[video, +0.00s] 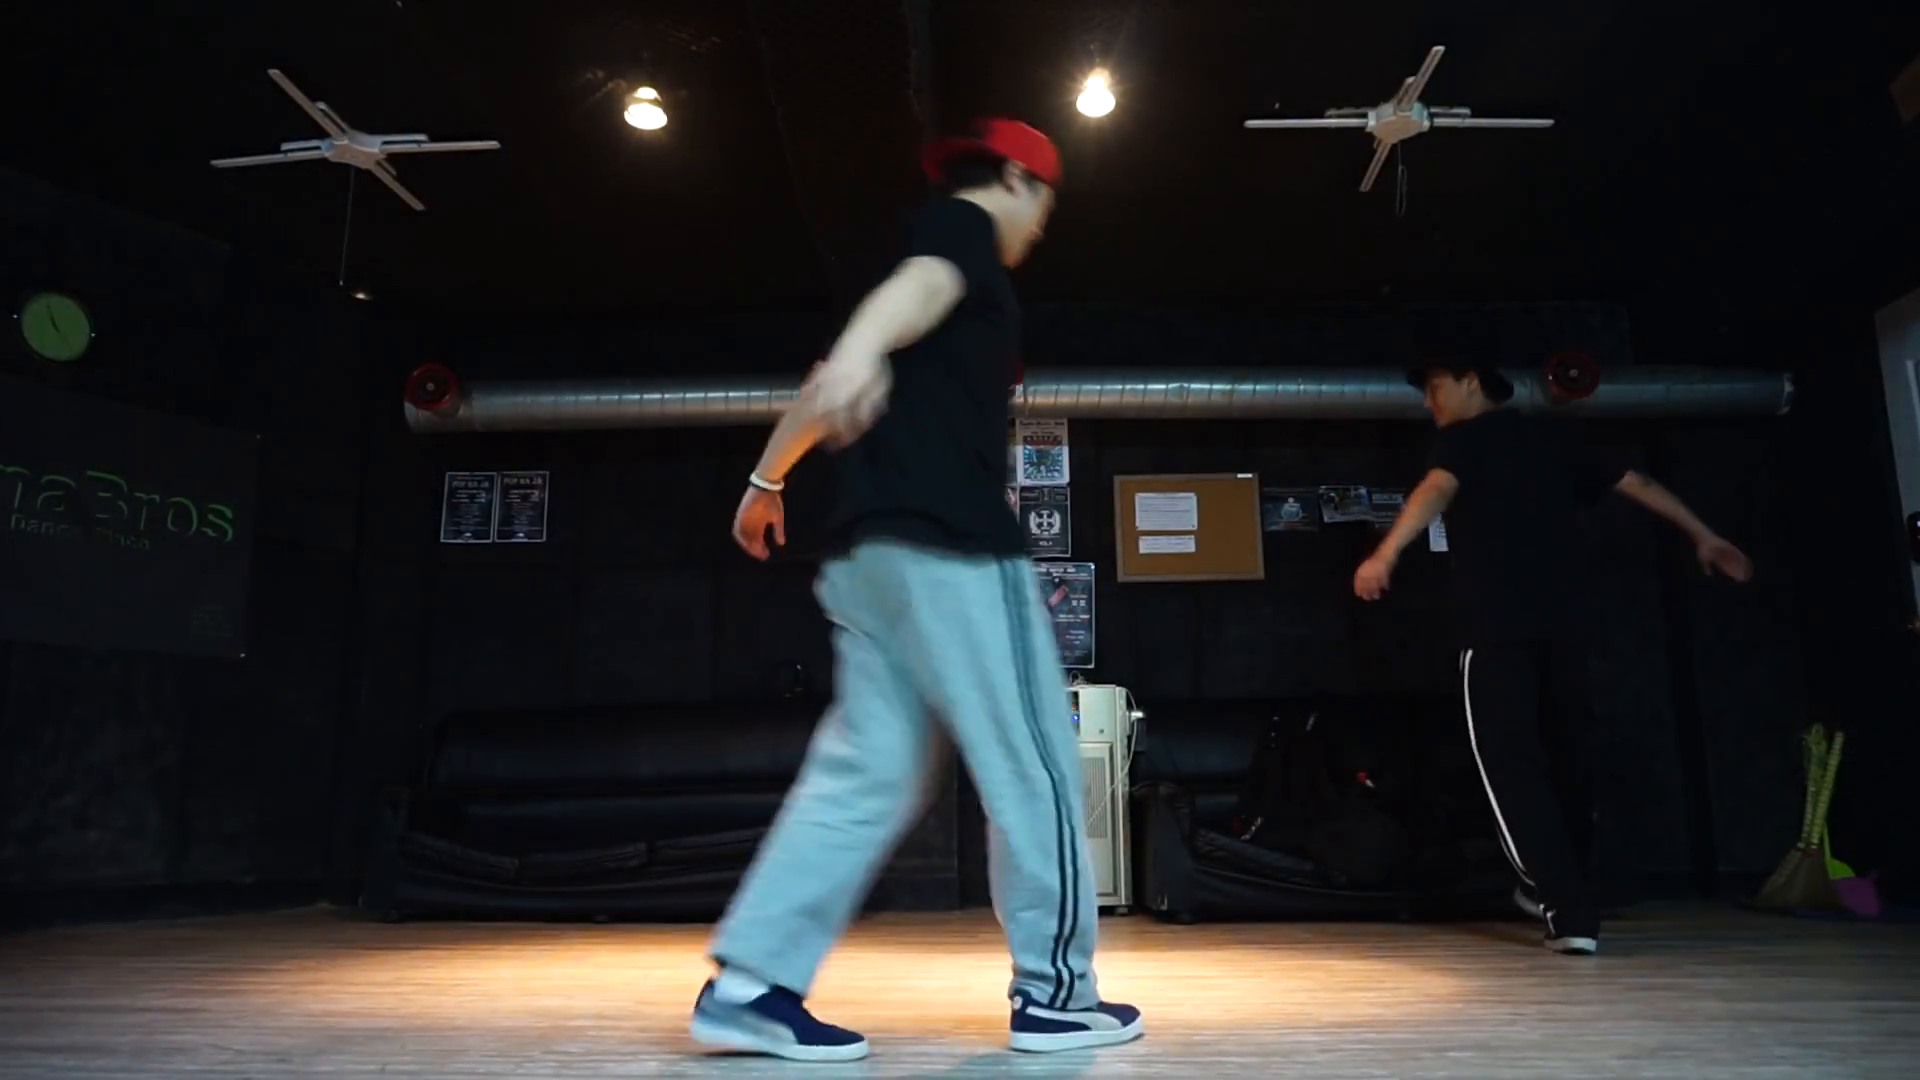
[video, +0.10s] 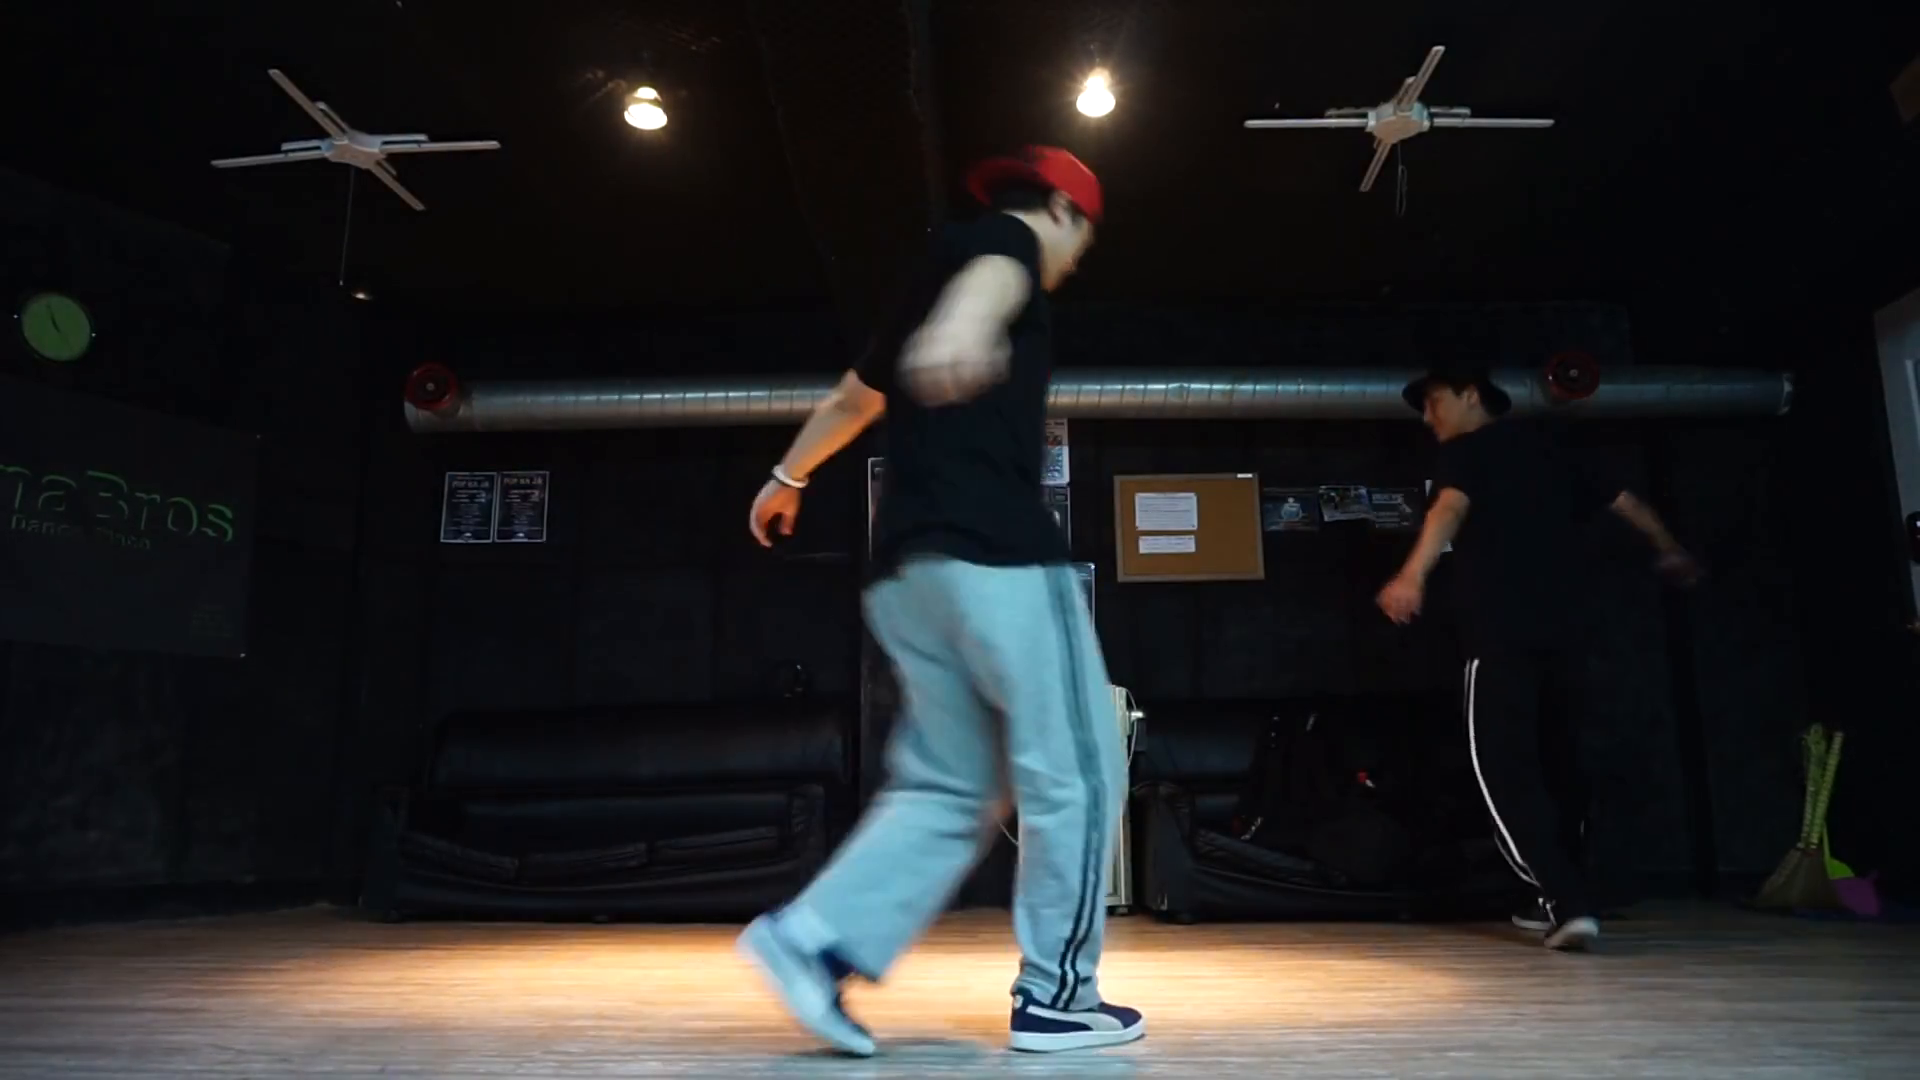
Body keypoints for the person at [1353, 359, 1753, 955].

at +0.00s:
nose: (1432, 406)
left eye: (1435, 390)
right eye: (1429, 394)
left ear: (1468, 381)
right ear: (1484, 382)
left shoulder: (1463, 439)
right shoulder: (1551, 435)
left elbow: (1436, 488)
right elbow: (1635, 484)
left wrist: (1384, 554)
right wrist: (1703, 536)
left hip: (1494, 629)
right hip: (1563, 624)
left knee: (1508, 765)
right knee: (1562, 752)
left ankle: (1571, 916)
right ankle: (1557, 892)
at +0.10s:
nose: (1430, 418)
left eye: (1435, 403)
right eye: (1427, 407)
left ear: (1469, 395)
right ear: (1479, 397)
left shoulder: (1468, 451)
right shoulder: (1547, 446)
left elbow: (1449, 507)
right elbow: (1625, 502)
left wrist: (1412, 574)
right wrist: (1667, 546)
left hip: (1499, 628)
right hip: (1560, 623)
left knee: (1499, 765)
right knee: (1554, 756)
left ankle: (1567, 907)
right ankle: (1552, 902)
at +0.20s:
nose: (1433, 419)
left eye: (1441, 406)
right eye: (1430, 409)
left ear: (1476, 401)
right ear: (1482, 407)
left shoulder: (1474, 457)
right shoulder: (1538, 452)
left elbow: (1458, 526)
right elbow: (1600, 525)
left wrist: (1425, 598)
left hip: (1501, 626)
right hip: (1554, 621)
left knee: (1486, 764)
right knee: (1549, 756)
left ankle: (1566, 875)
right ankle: (1552, 902)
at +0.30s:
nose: (1438, 412)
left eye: (1447, 398)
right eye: (1435, 403)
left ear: (1485, 397)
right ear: (1483, 403)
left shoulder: (1482, 456)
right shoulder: (1526, 451)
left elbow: (1458, 532)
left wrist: (1408, 605)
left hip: (1502, 624)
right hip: (1544, 619)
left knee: (1476, 758)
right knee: (1542, 751)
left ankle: (1563, 869)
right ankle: (1563, 899)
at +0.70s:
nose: (1439, 409)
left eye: (1451, 399)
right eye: (1431, 403)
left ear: (1480, 408)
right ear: (1424, 417)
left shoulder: (1495, 466)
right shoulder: (1442, 480)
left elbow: (1458, 549)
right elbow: (1431, 551)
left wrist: (1378, 580)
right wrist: (1376, 574)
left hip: (1499, 640)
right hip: (1468, 641)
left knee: (1483, 770)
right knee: (1513, 767)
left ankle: (1477, 901)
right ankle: (1551, 890)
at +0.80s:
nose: (1439, 406)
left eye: (1451, 397)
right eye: (1430, 399)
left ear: (1476, 407)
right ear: (1420, 414)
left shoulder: (1495, 466)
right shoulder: (1431, 483)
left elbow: (1476, 551)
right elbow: (1414, 551)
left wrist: (1441, 627)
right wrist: (1389, 600)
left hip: (1493, 635)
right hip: (1450, 633)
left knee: (1482, 766)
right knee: (1463, 763)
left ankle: (1479, 900)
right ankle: (1537, 867)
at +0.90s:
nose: (1439, 400)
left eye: (1451, 391)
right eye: (1429, 393)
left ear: (1473, 405)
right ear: (1415, 408)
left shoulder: (1493, 467)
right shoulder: (1420, 483)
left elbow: (1508, 554)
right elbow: (1405, 564)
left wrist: (1528, 632)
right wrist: (1391, 632)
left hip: (1481, 636)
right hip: (1426, 640)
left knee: (1479, 766)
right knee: (1429, 762)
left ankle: (1475, 900)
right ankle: (1512, 857)